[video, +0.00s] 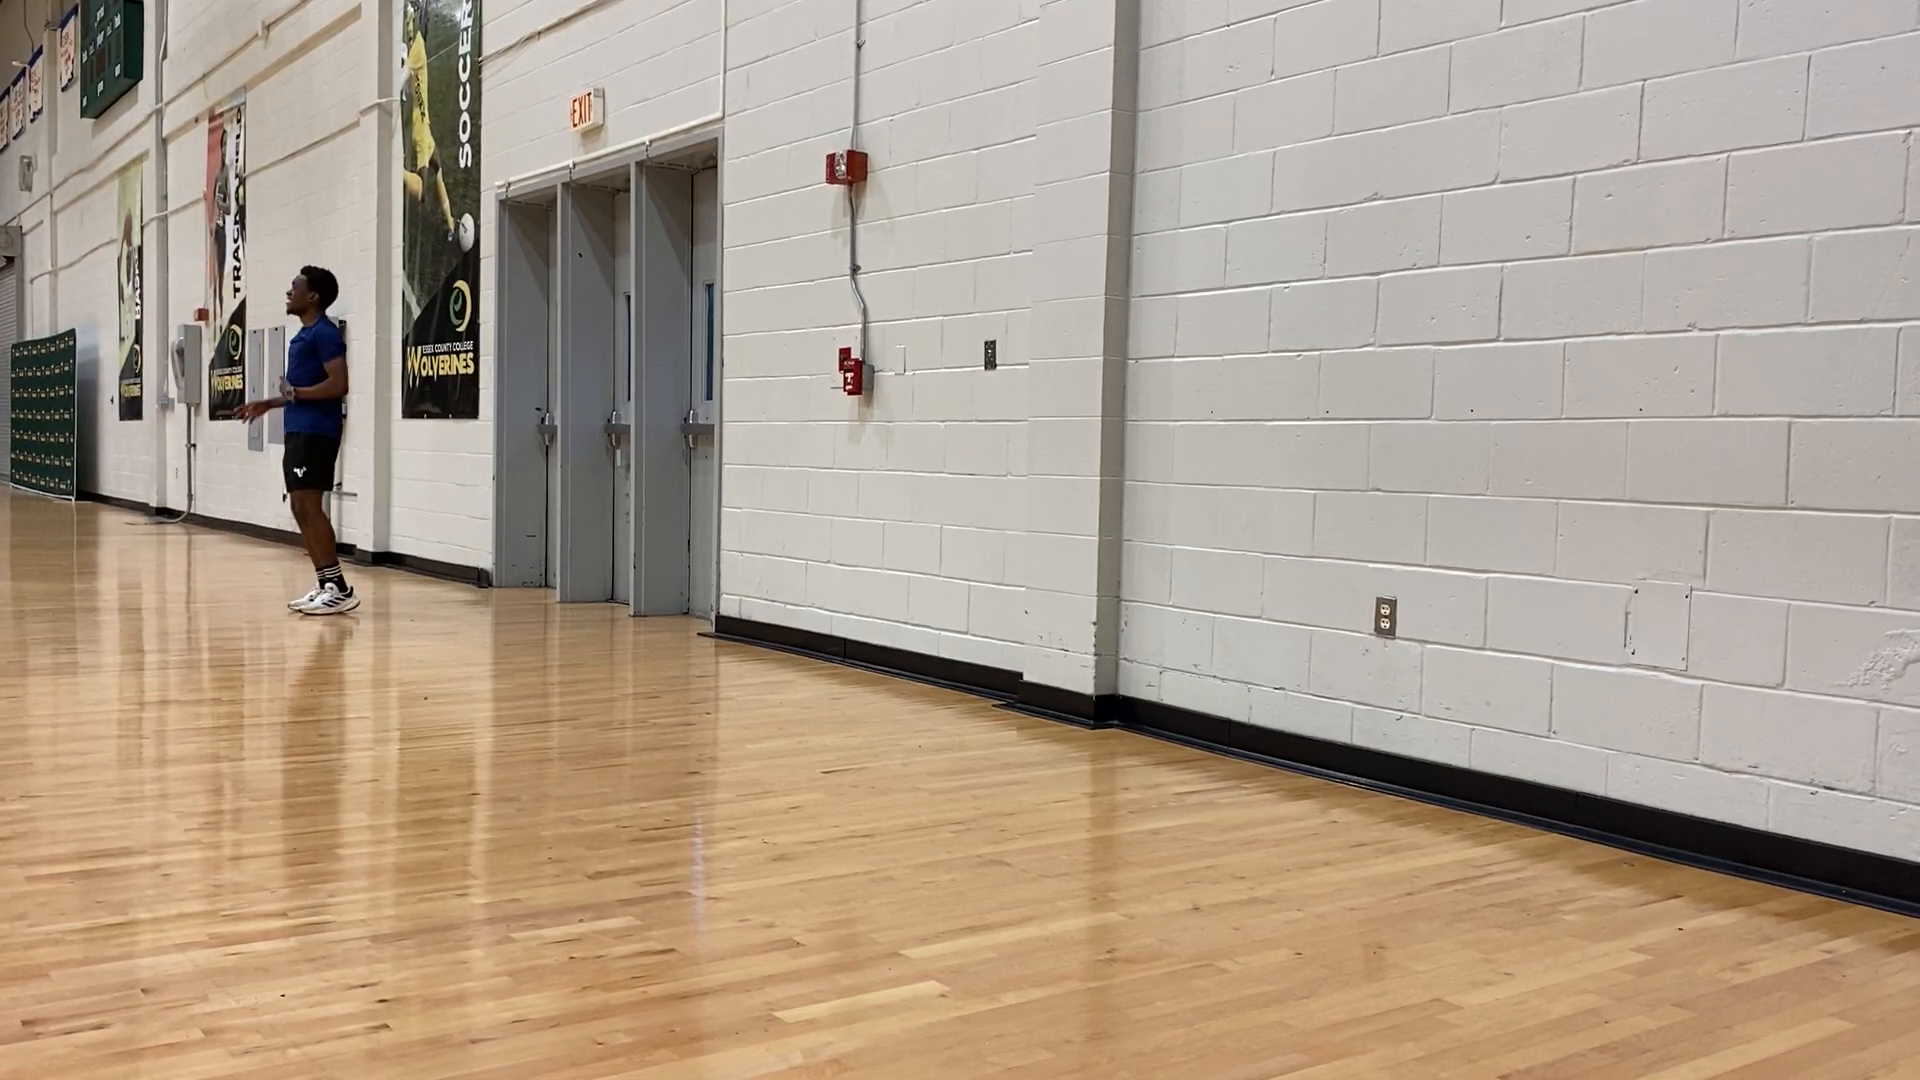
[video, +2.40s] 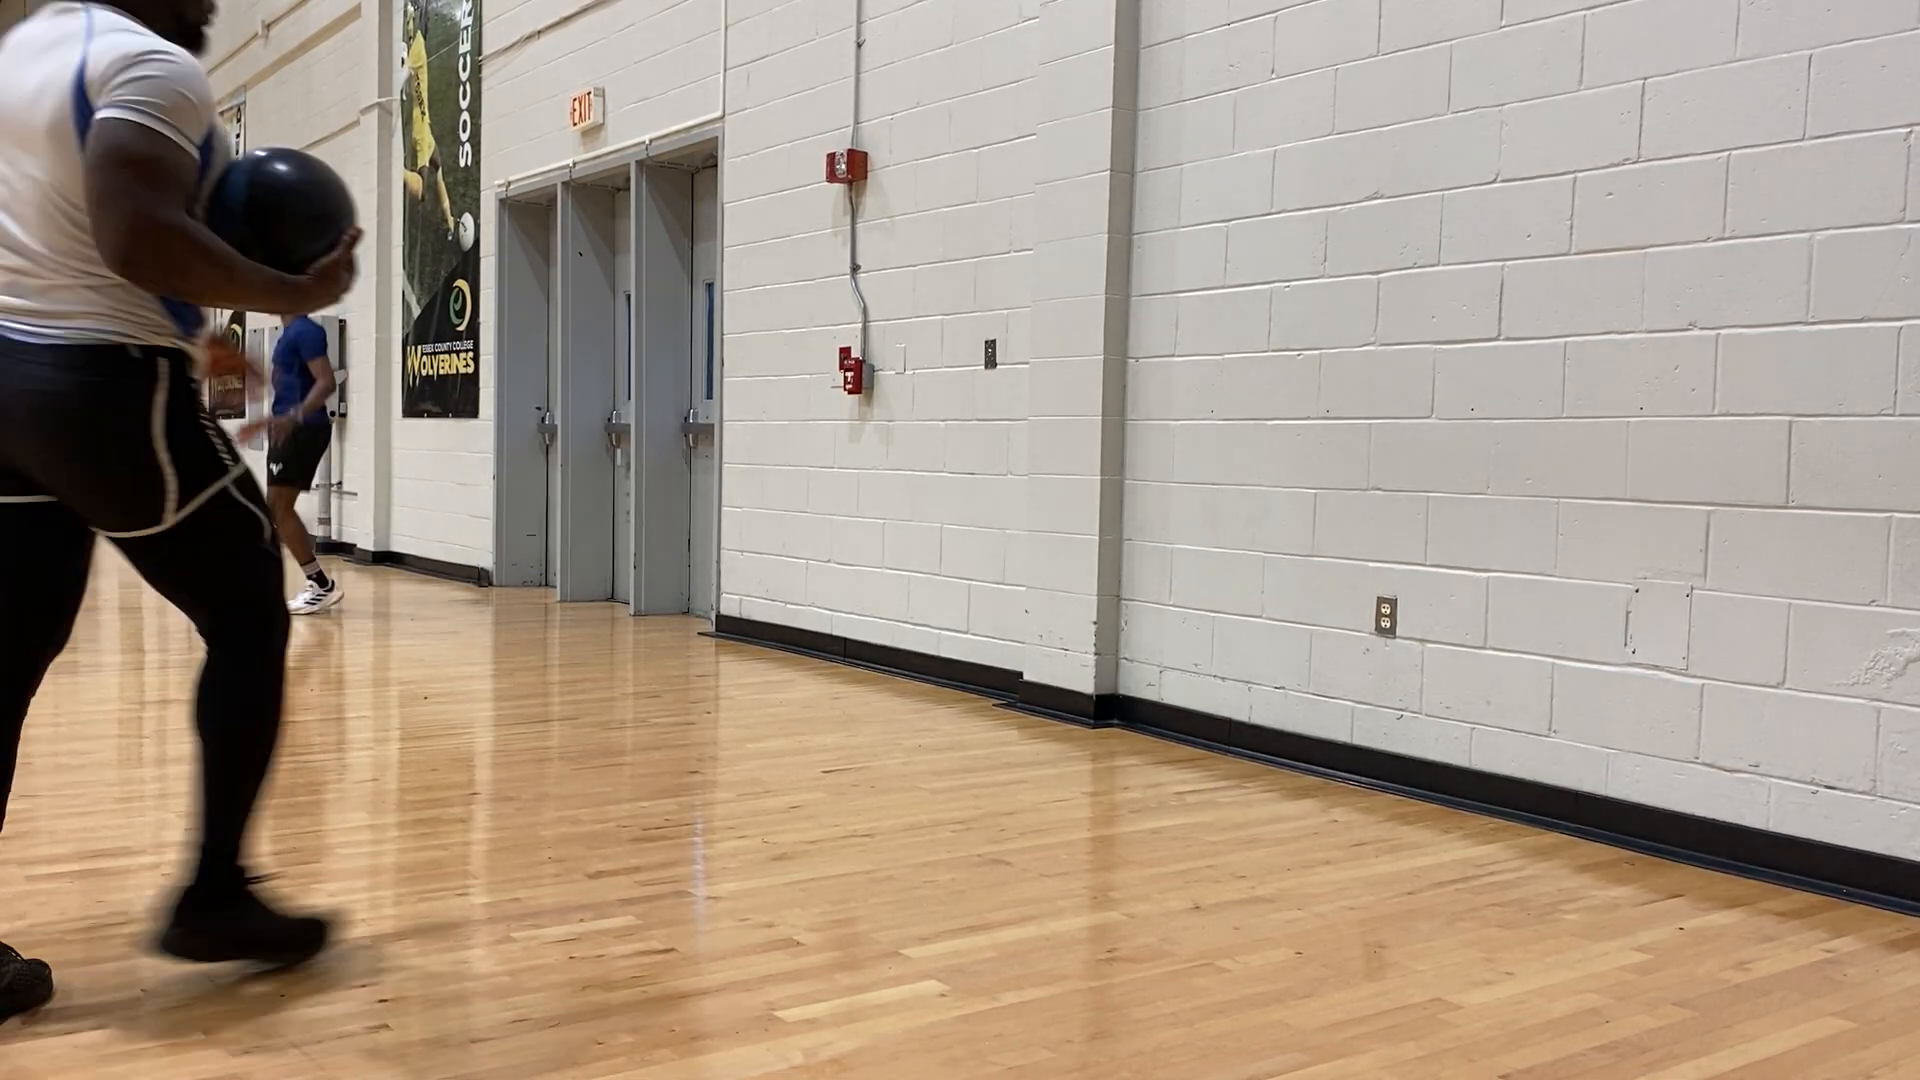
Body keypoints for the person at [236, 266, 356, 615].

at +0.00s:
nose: (289, 291)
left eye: (296, 287)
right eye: (292, 285)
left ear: (314, 296)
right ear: (309, 296)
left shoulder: (323, 332)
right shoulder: (305, 334)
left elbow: (338, 385)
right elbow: (301, 393)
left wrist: (297, 392)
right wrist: (264, 405)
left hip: (316, 434)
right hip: (300, 433)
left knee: (309, 507)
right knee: (300, 508)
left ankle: (337, 588)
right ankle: (325, 585)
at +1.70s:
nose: (288, 295)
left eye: (294, 289)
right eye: (290, 289)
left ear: (314, 296)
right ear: (310, 296)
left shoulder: (321, 322)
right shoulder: (304, 333)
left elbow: (325, 348)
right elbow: (287, 376)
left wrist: (278, 340)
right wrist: (238, 364)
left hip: (320, 430)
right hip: (304, 430)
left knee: (302, 503)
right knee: (294, 505)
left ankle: (334, 584)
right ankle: (326, 582)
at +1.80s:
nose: (287, 281)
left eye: (293, 276)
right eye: (288, 276)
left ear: (313, 282)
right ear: (301, 282)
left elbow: (304, 288)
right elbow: (272, 328)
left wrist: (266, 267)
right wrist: (245, 289)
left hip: (318, 412)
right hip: (298, 413)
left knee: (307, 490)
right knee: (297, 493)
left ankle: (336, 575)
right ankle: (317, 575)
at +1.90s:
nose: (285, 285)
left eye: (292, 280)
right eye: (286, 280)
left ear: (307, 286)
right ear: (291, 288)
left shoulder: (316, 311)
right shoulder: (298, 314)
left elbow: (320, 273)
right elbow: (276, 292)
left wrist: (284, 237)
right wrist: (267, 248)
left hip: (315, 410)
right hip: (298, 411)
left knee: (307, 494)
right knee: (291, 497)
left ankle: (335, 577)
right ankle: (317, 577)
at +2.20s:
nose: (284, 271)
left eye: (292, 267)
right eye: (287, 266)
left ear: (308, 277)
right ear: (296, 277)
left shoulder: (315, 308)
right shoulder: (289, 312)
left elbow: (316, 287)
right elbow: (272, 314)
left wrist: (288, 256)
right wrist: (249, 289)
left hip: (308, 407)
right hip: (289, 408)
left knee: (302, 487)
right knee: (288, 489)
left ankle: (327, 571)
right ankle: (311, 570)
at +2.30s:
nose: (286, 275)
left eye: (291, 270)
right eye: (289, 269)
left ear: (302, 277)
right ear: (306, 279)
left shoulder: (310, 304)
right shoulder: (294, 313)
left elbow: (325, 337)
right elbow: (281, 360)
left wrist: (288, 342)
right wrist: (242, 356)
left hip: (304, 407)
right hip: (288, 407)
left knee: (292, 489)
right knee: (288, 490)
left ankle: (317, 573)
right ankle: (311, 572)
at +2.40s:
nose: (275, 302)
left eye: (280, 295)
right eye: (277, 295)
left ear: (290, 299)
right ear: (293, 300)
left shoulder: (306, 331)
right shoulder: (288, 336)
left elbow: (326, 383)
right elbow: (288, 399)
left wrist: (294, 417)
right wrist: (259, 425)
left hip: (307, 428)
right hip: (290, 427)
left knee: (279, 506)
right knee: (276, 507)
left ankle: (320, 584)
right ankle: (318, 584)